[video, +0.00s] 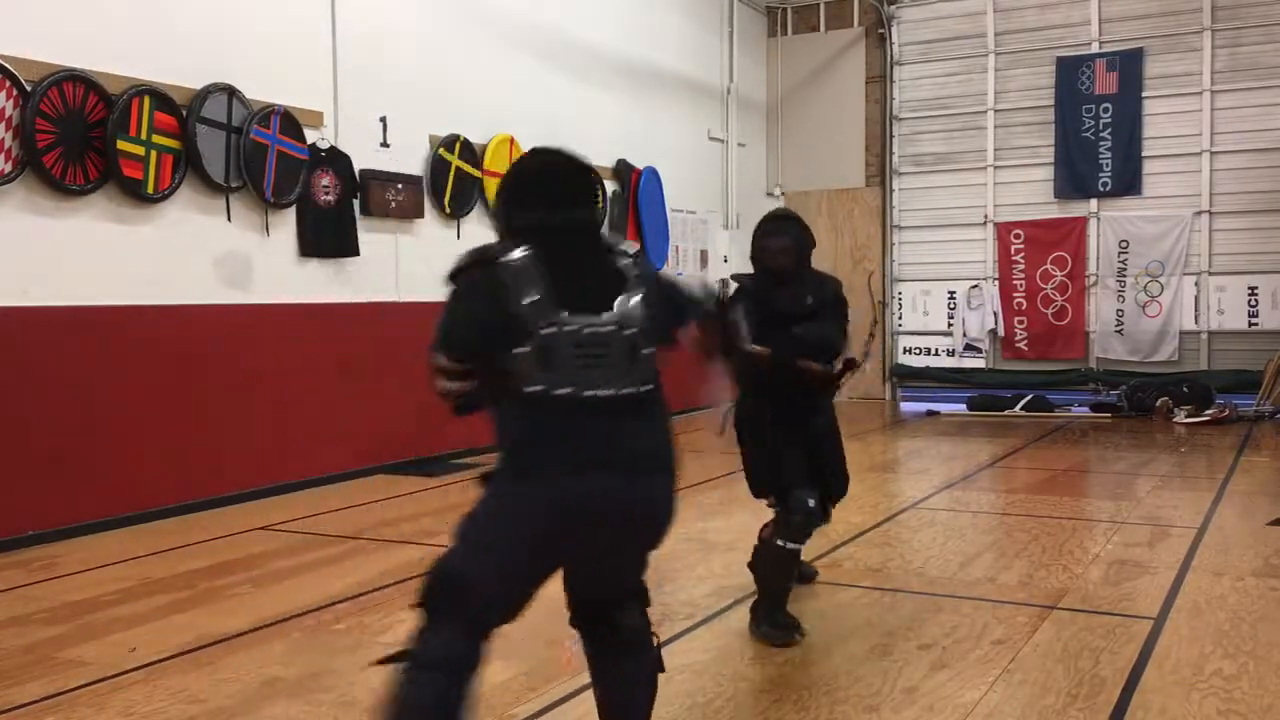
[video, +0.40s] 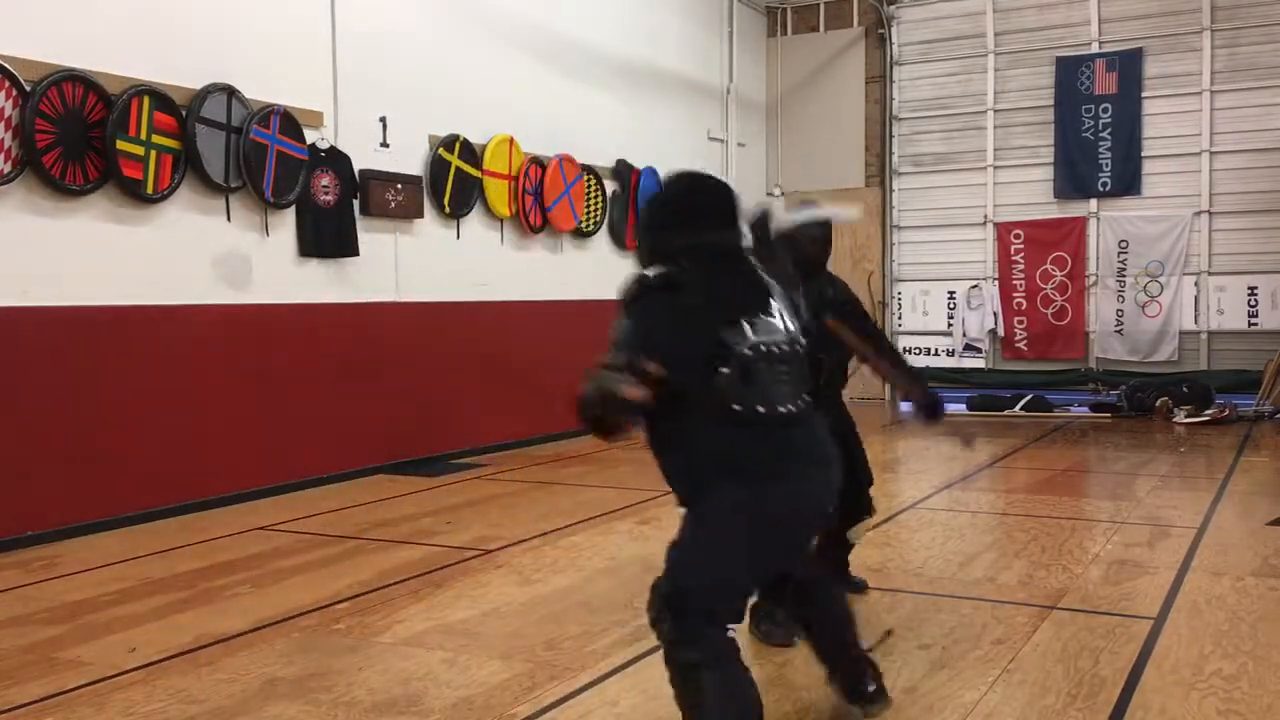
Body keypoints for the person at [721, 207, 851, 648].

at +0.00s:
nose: (777, 259)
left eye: (785, 249)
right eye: (768, 250)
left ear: (804, 250)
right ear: (755, 253)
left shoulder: (827, 291)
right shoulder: (746, 294)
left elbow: (831, 342)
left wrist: (771, 349)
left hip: (812, 408)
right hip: (765, 411)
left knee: (822, 499)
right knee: (798, 508)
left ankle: (784, 551)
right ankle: (768, 608)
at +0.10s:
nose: (780, 247)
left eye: (790, 237)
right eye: (771, 237)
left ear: (809, 242)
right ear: (758, 243)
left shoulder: (827, 287)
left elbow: (861, 357)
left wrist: (831, 358)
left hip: (816, 409)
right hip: (765, 413)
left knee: (833, 502)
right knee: (798, 508)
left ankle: (796, 552)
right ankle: (768, 606)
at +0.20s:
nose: (786, 236)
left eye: (796, 227)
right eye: (778, 227)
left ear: (813, 233)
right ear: (763, 231)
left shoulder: (827, 279)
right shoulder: (745, 281)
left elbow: (869, 335)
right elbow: (730, 339)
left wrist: (871, 379)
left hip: (821, 400)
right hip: (769, 404)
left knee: (843, 484)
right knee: (798, 501)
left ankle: (820, 552)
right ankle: (769, 606)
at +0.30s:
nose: (802, 244)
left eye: (810, 235)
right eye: (793, 235)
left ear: (821, 238)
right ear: (775, 236)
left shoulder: (830, 286)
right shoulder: (759, 284)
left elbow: (870, 340)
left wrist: (891, 395)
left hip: (823, 398)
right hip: (774, 400)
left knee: (848, 478)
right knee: (794, 492)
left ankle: (832, 556)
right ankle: (773, 584)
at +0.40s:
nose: (820, 252)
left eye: (823, 242)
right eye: (810, 243)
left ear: (827, 245)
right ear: (788, 246)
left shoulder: (829, 291)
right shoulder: (764, 289)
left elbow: (872, 343)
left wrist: (917, 390)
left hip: (826, 407)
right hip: (780, 410)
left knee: (854, 490)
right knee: (788, 497)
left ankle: (831, 564)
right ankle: (773, 598)